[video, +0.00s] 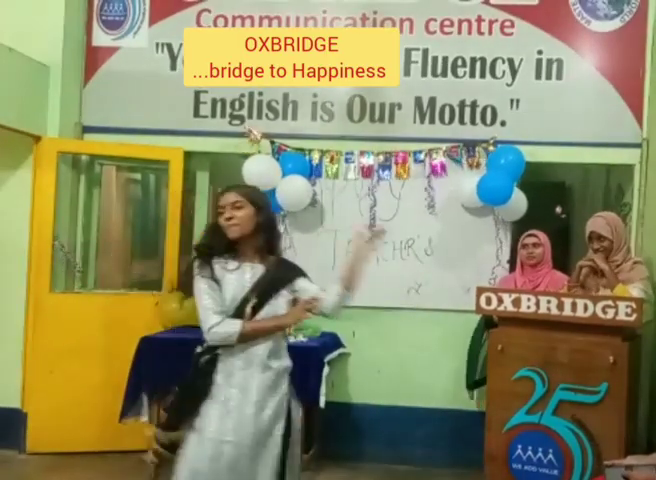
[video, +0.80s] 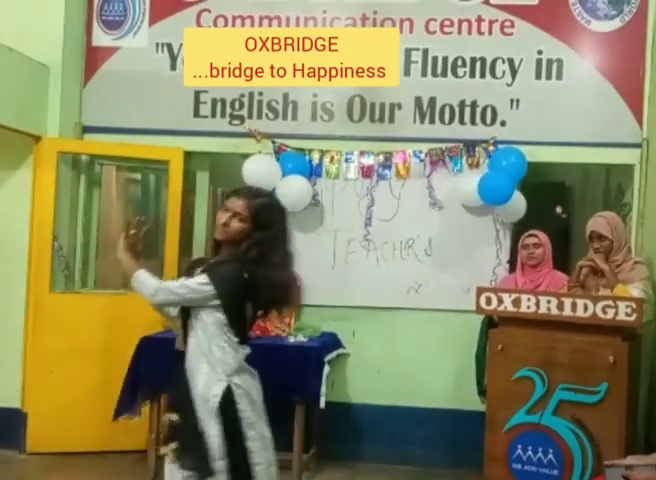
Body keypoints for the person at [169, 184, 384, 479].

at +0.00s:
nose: (228, 215)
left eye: (237, 207)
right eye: (221, 211)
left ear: (259, 213)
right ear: (217, 221)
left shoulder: (283, 270)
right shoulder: (208, 266)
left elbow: (330, 306)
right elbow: (214, 331)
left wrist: (357, 256)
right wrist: (284, 321)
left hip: (268, 384)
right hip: (224, 383)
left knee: (263, 466)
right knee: (207, 463)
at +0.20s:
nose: (256, 217)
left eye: (266, 208)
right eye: (249, 210)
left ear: (286, 216)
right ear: (241, 219)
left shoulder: (302, 273)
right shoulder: (228, 267)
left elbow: (353, 316)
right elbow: (226, 331)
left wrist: (393, 273)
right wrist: (290, 315)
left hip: (287, 401)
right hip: (236, 399)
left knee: (294, 472)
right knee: (241, 471)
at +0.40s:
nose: (266, 219)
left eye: (276, 211)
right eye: (259, 211)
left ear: (295, 220)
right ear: (251, 218)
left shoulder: (312, 274)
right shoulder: (238, 272)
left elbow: (301, 334)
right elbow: (212, 338)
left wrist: (295, 274)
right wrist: (205, 294)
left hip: (281, 396)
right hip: (231, 391)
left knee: (275, 470)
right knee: (219, 468)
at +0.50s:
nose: (262, 218)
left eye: (273, 212)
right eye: (257, 210)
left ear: (292, 222)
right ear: (248, 216)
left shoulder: (300, 273)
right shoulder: (244, 272)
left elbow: (255, 324)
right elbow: (206, 327)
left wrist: (223, 278)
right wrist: (186, 275)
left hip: (272, 390)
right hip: (233, 385)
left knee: (271, 467)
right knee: (220, 466)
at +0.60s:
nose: (252, 216)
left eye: (265, 211)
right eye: (249, 207)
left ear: (284, 223)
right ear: (241, 211)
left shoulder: (280, 272)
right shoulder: (243, 268)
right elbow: (200, 314)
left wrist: (182, 256)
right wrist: (181, 260)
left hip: (260, 387)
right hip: (233, 379)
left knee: (250, 466)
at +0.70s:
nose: (240, 214)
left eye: (253, 211)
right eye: (238, 205)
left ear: (272, 224)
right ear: (232, 207)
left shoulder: (253, 266)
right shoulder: (240, 260)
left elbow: (184, 298)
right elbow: (188, 306)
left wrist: (158, 266)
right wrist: (158, 262)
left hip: (243, 378)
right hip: (224, 372)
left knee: (252, 463)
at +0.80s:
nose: (224, 220)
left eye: (237, 218)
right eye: (225, 211)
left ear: (256, 232)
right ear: (219, 212)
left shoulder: (235, 274)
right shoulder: (217, 268)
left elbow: (160, 293)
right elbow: (178, 314)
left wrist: (126, 260)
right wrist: (137, 265)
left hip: (226, 387)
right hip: (204, 384)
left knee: (238, 469)